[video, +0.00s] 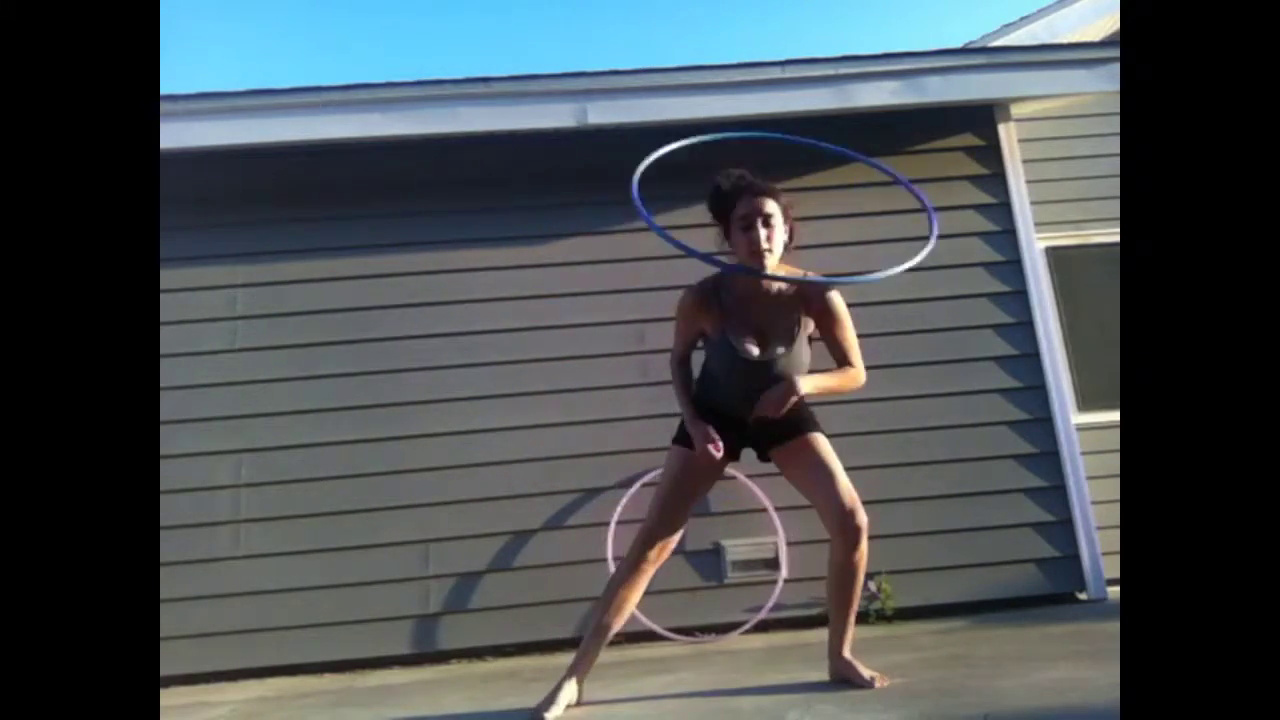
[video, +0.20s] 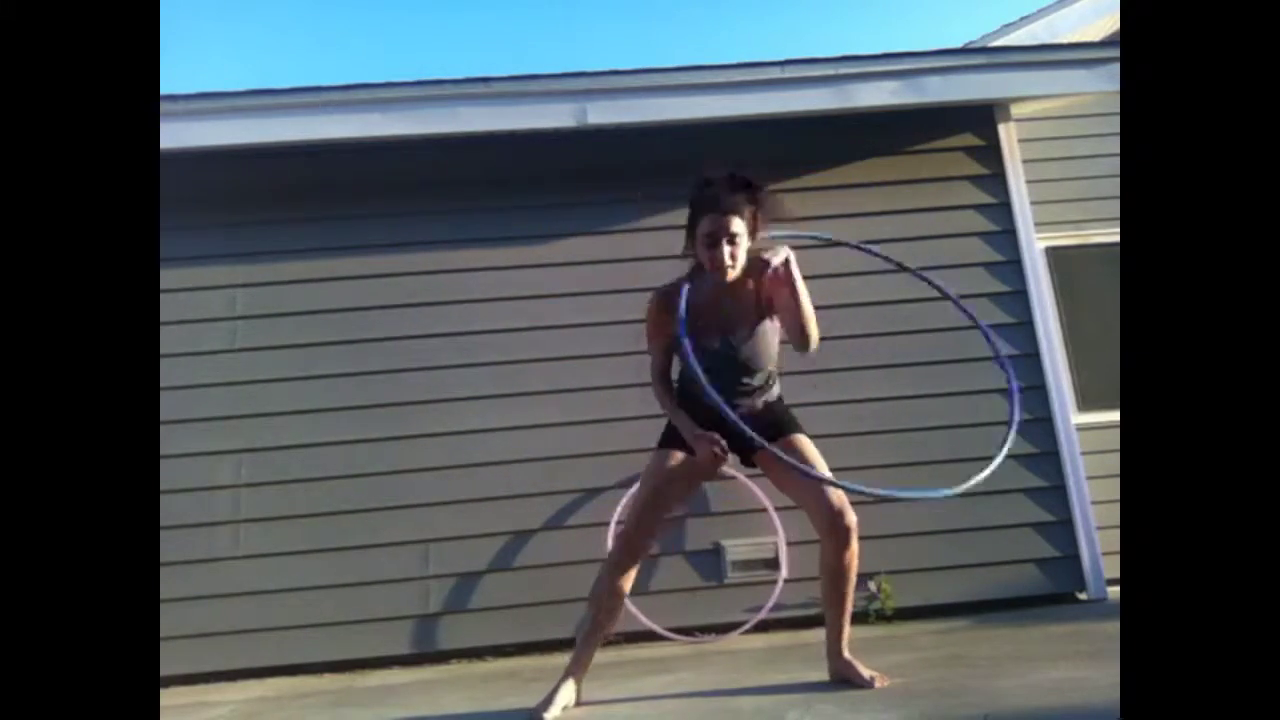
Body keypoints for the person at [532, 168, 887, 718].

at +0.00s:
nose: (761, 234)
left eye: (769, 222)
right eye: (747, 226)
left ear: (785, 230)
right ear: (728, 238)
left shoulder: (817, 296)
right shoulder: (705, 299)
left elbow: (855, 373)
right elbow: (679, 359)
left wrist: (803, 385)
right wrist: (693, 419)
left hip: (783, 416)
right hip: (713, 417)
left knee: (852, 523)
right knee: (652, 546)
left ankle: (840, 657)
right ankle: (572, 681)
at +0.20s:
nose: (721, 250)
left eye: (733, 238)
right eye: (710, 239)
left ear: (751, 237)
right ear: (694, 241)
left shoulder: (769, 281)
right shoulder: (668, 303)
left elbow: (806, 342)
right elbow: (661, 382)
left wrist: (791, 277)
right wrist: (694, 435)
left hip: (763, 415)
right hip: (695, 421)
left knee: (840, 519)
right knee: (628, 546)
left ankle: (839, 656)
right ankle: (570, 680)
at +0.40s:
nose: (679, 228)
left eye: (686, 218)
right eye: (666, 224)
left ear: (704, 227)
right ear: (650, 242)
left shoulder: (726, 268)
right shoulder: (637, 301)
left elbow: (746, 204)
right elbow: (630, 387)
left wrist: (676, 184)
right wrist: (664, 427)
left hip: (735, 416)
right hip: (666, 423)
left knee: (814, 523)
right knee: (604, 540)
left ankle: (836, 655)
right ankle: (569, 679)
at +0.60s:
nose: (648, 213)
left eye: (654, 206)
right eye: (635, 204)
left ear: (664, 219)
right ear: (604, 220)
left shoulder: (687, 264)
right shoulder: (598, 298)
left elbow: (714, 214)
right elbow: (598, 369)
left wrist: (621, 237)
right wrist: (610, 415)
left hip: (705, 405)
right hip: (635, 413)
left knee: (778, 516)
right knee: (598, 536)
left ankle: (835, 654)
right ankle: (571, 675)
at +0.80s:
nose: (633, 240)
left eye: (640, 230)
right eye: (619, 230)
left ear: (647, 234)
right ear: (584, 237)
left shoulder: (665, 291)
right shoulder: (558, 300)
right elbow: (546, 371)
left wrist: (620, 296)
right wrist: (594, 394)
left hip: (671, 405)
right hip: (603, 413)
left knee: (753, 518)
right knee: (578, 537)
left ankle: (833, 655)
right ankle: (568, 681)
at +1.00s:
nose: (649, 235)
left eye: (655, 223)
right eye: (635, 225)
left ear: (663, 226)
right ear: (606, 233)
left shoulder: (680, 293)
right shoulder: (575, 280)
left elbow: (693, 388)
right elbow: (544, 342)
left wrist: (644, 427)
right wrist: (587, 284)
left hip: (668, 411)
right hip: (600, 415)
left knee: (753, 518)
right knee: (568, 543)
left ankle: (828, 657)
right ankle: (567, 682)